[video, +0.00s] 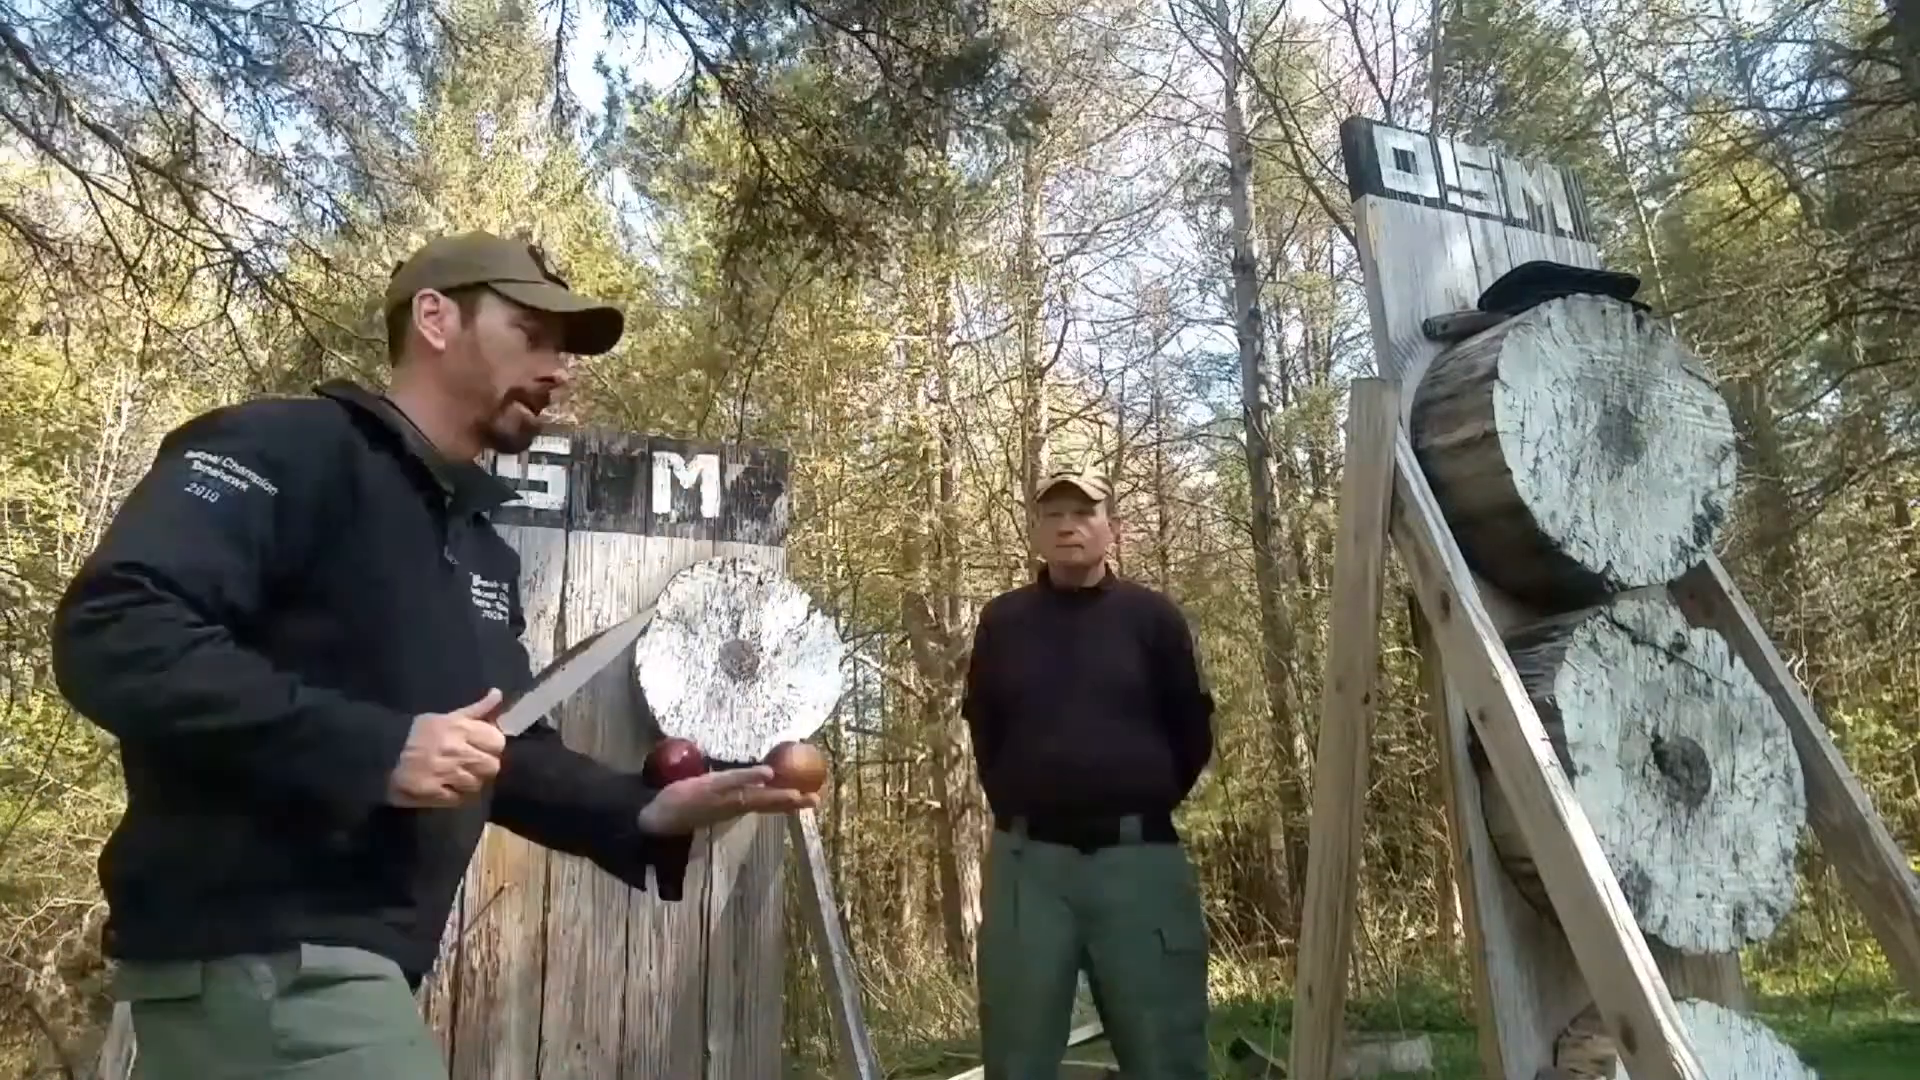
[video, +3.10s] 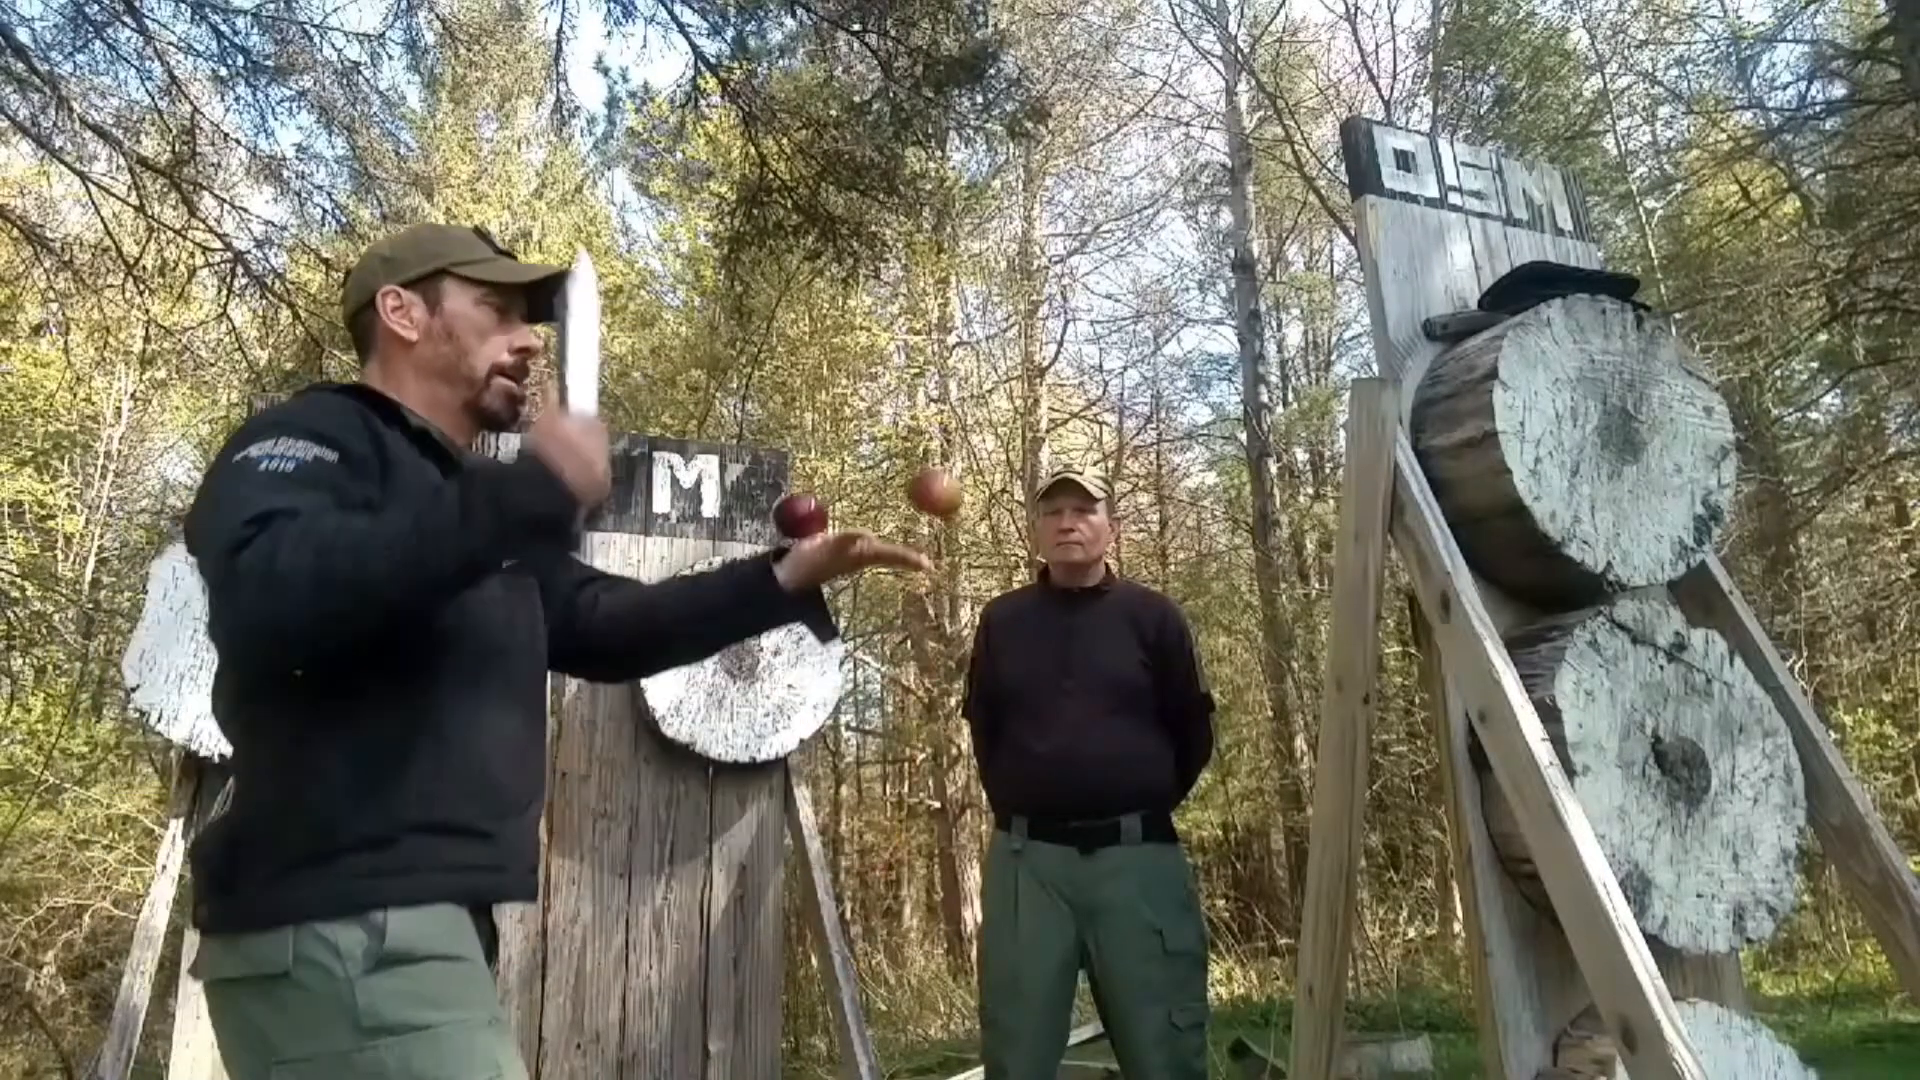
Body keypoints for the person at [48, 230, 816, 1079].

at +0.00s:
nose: (563, 371)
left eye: (570, 349)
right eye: (540, 334)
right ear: (437, 319)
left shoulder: (484, 550)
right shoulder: (281, 448)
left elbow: (487, 751)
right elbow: (113, 634)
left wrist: (654, 809)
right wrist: (375, 747)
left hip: (349, 966)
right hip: (266, 967)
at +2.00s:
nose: (574, 438)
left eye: (577, 414)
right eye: (549, 401)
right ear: (449, 392)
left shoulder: (491, 622)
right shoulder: (295, 525)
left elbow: (481, 839)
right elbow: (132, 741)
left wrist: (651, 922)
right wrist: (397, 863)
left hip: (370, 1033)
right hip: (241, 1032)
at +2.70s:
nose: (552, 450)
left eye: (555, 424)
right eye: (523, 412)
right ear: (420, 409)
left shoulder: (487, 628)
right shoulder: (264, 558)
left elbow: (548, 816)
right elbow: (149, 788)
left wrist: (716, 851)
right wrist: (421, 874)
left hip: (408, 1038)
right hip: (260, 1037)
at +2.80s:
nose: (546, 425)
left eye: (547, 399)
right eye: (518, 392)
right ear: (418, 387)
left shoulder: (487, 598)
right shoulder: (263, 537)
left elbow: (561, 765)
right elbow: (164, 749)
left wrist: (757, 776)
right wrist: (456, 806)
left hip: (416, 1021)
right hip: (290, 1025)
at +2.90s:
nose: (541, 395)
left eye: (541, 371)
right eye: (510, 359)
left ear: (425, 368)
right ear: (413, 360)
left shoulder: (484, 569)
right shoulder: (277, 506)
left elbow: (579, 719)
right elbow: (196, 704)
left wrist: (769, 699)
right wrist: (492, 707)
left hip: (408, 992)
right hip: (323, 999)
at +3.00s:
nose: (537, 370)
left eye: (538, 347)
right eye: (507, 334)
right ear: (410, 336)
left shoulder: (478, 530)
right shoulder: (292, 468)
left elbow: (598, 665)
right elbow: (234, 649)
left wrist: (780, 631)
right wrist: (518, 600)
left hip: (411, 962)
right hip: (338, 970)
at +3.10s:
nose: (529, 340)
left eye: (528, 319)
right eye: (500, 311)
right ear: (403, 314)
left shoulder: (492, 492)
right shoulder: (298, 443)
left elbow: (604, 626)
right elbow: (276, 598)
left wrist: (780, 577)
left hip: (426, 927)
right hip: (340, 932)